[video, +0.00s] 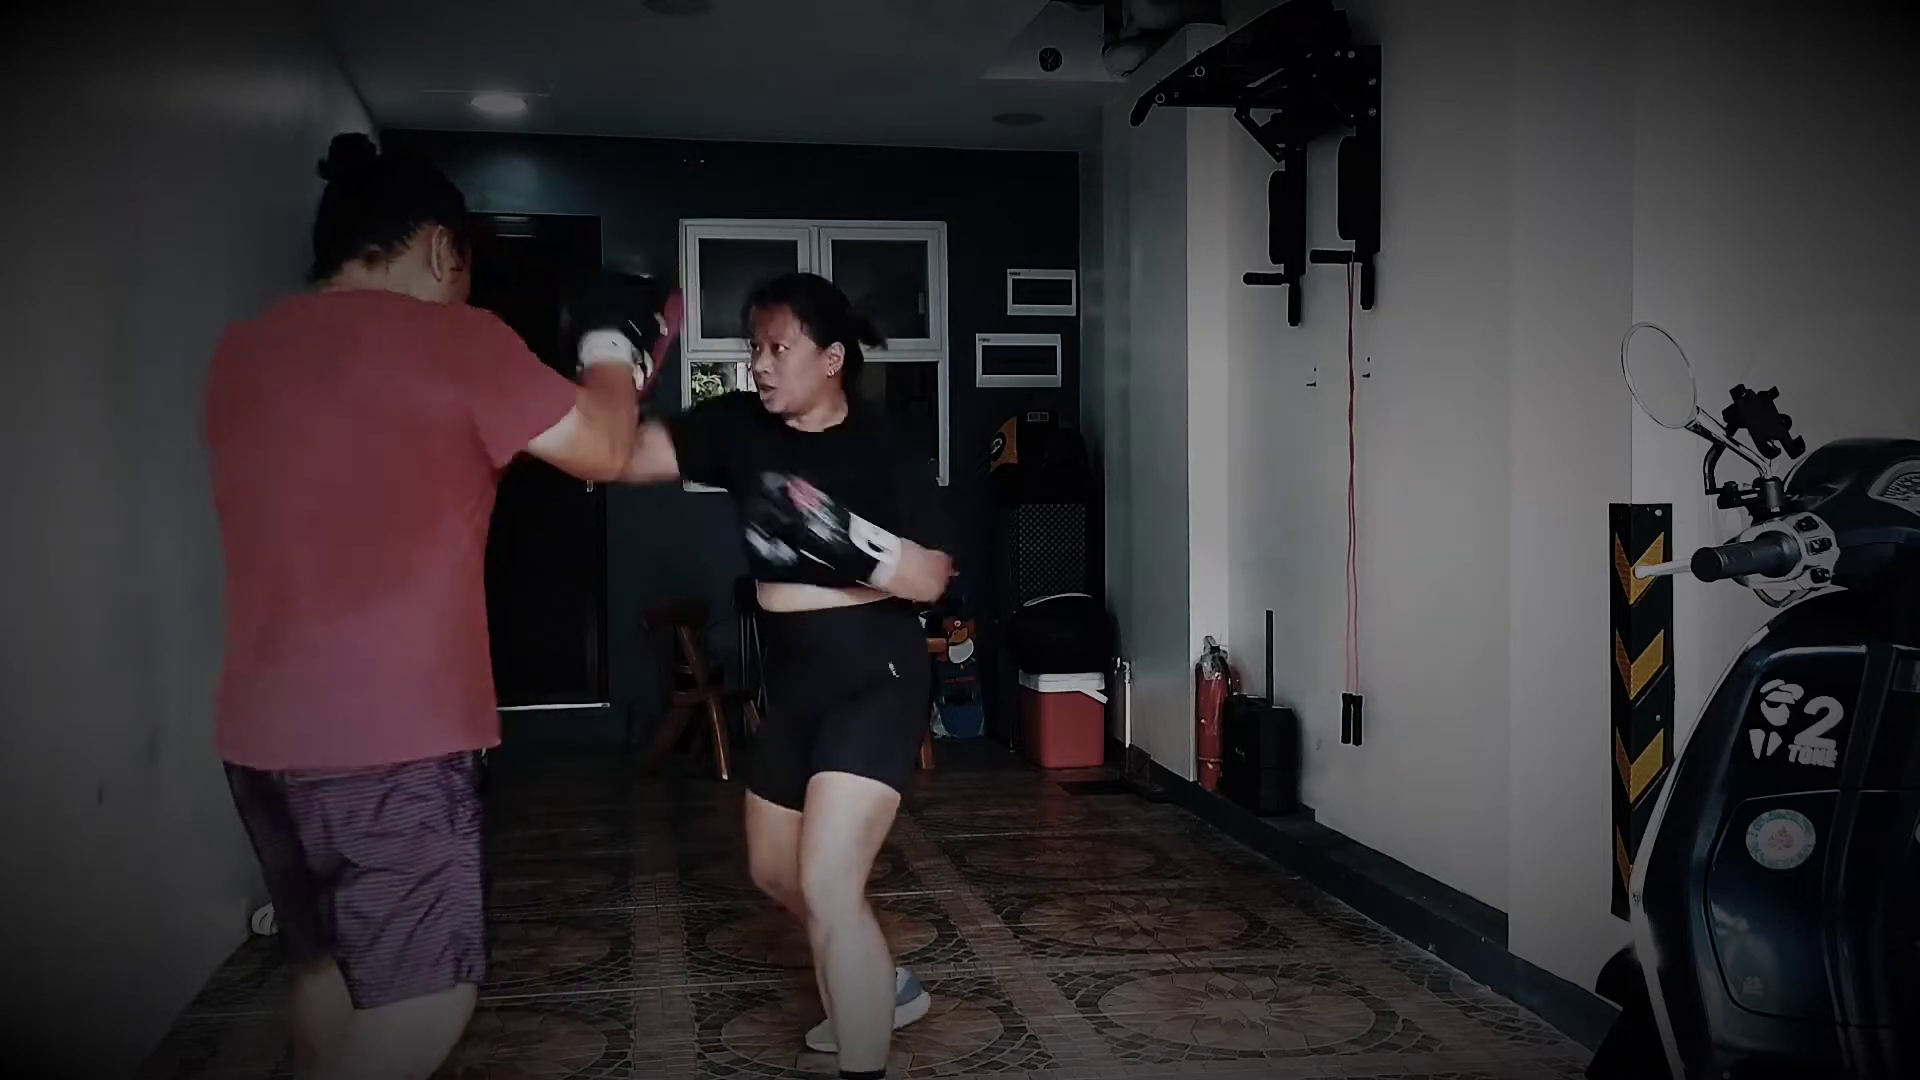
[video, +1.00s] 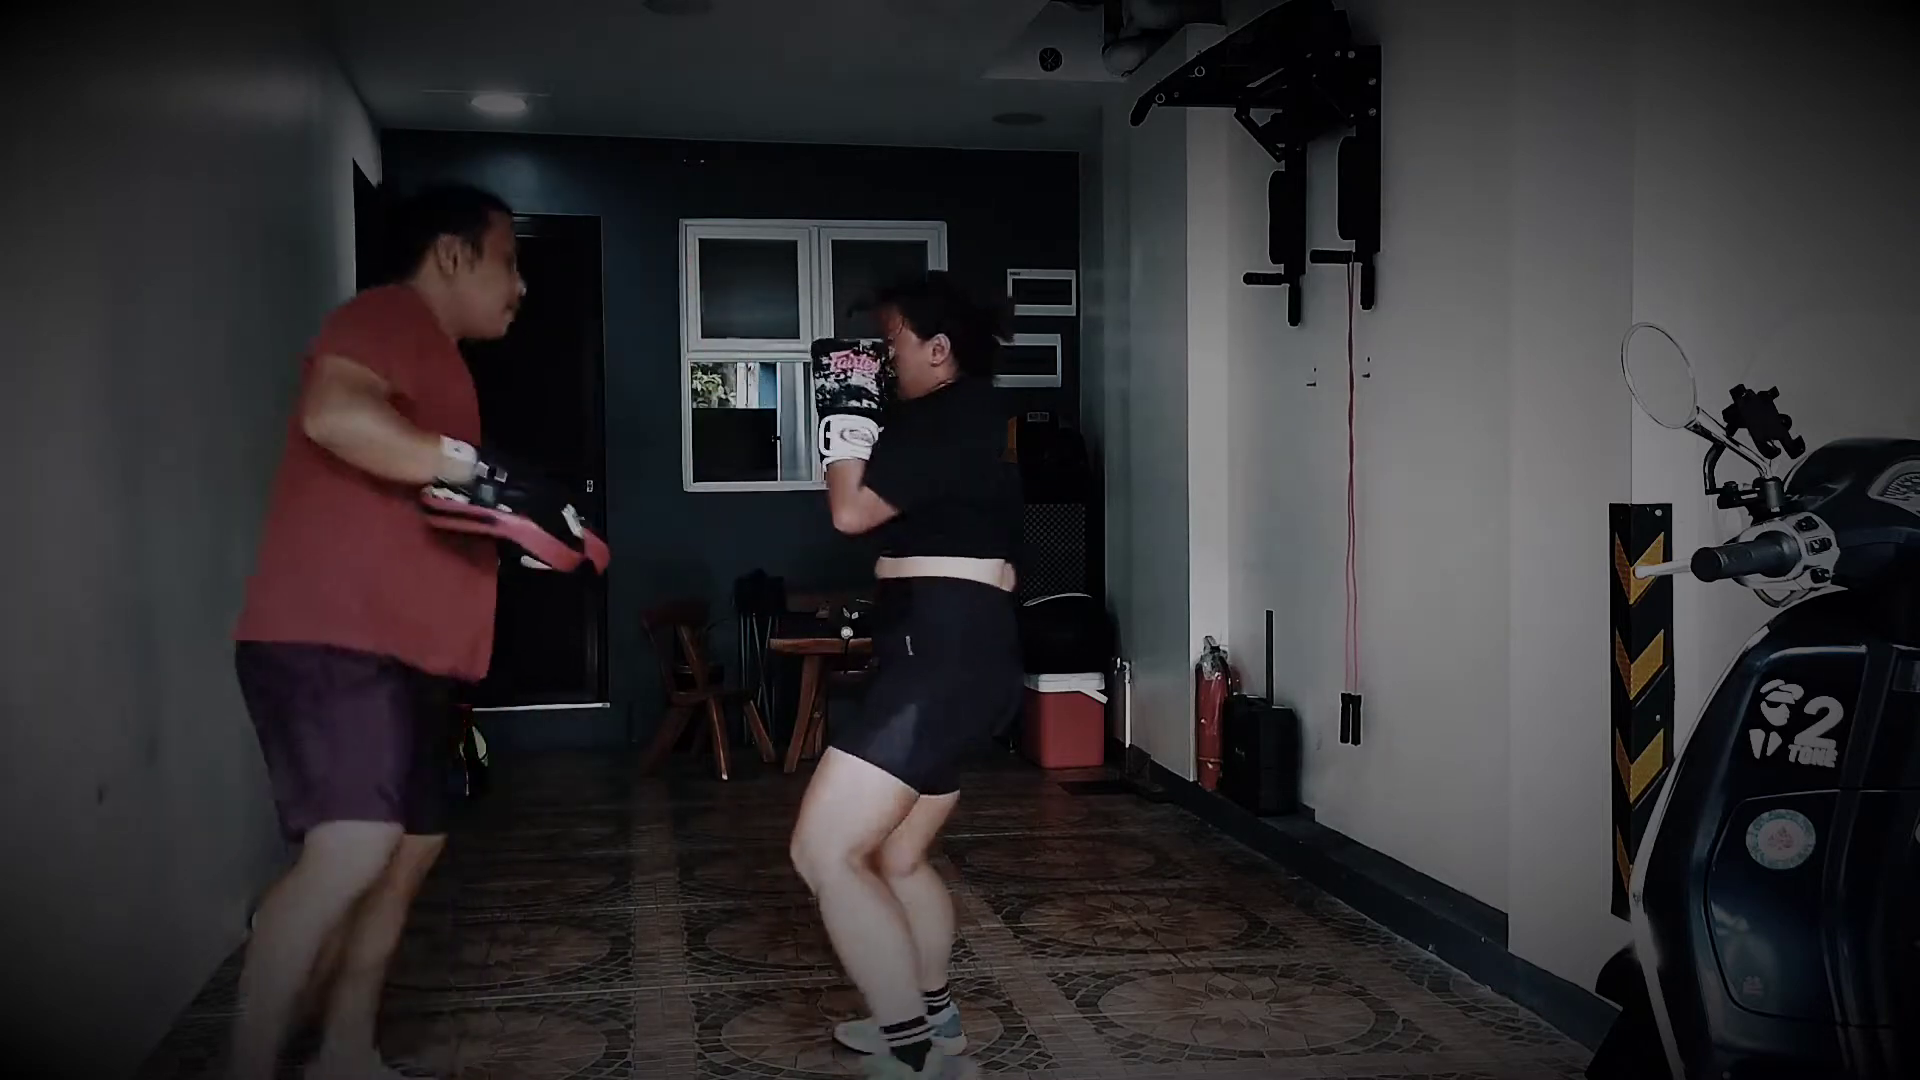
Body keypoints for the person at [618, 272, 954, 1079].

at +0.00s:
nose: (758, 364)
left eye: (777, 349)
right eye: (755, 347)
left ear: (833, 356)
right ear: (752, 351)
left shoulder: (884, 447)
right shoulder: (743, 433)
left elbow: (929, 580)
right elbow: (617, 455)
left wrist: (833, 536)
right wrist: (614, 370)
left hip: (878, 670)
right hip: (790, 673)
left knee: (831, 880)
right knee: (774, 868)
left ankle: (861, 1066)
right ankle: (884, 990)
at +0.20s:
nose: (755, 373)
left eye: (771, 355)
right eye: (748, 357)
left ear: (826, 358)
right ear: (748, 363)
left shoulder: (867, 442)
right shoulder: (764, 452)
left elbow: (863, 563)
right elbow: (706, 537)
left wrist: (778, 495)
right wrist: (649, 497)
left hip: (870, 674)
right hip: (800, 674)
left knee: (780, 880)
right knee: (816, 862)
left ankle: (854, 1069)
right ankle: (889, 993)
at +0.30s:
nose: (744, 385)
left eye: (760, 367)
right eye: (739, 368)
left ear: (814, 370)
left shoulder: (840, 433)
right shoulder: (775, 443)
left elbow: (740, 500)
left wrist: (664, 430)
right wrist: (721, 528)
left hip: (872, 682)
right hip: (804, 674)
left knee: (764, 896)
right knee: (812, 867)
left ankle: (836, 1074)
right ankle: (884, 995)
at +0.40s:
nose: (767, 383)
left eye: (782, 363)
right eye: (761, 366)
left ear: (840, 364)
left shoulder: (867, 442)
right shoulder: (796, 447)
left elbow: (789, 544)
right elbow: (755, 552)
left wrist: (715, 469)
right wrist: (702, 473)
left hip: (878, 697)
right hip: (804, 687)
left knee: (771, 897)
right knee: (783, 864)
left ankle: (837, 1072)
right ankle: (881, 991)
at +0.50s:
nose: (809, 383)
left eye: (830, 367)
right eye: (804, 365)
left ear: (883, 378)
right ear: (798, 368)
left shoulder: (927, 472)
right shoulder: (785, 440)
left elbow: (910, 598)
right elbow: (671, 479)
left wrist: (849, 513)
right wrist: (659, 405)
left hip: (890, 696)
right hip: (805, 689)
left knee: (809, 895)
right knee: (778, 876)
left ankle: (844, 1071)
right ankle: (905, 989)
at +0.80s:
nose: (870, 375)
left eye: (884, 358)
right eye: (861, 361)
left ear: (932, 359)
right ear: (856, 366)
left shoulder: (964, 436)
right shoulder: (859, 434)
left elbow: (905, 548)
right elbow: (784, 535)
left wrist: (883, 439)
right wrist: (785, 442)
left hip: (932, 668)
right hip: (859, 663)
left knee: (816, 870)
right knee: (854, 866)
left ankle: (837, 1070)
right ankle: (921, 1009)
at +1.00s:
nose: (886, 358)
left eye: (893, 342)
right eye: (886, 343)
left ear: (939, 347)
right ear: (948, 350)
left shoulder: (944, 420)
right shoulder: (984, 417)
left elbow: (850, 512)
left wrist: (850, 420)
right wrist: (870, 426)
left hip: (936, 651)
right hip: (980, 652)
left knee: (822, 851)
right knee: (900, 858)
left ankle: (909, 1044)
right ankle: (931, 1010)